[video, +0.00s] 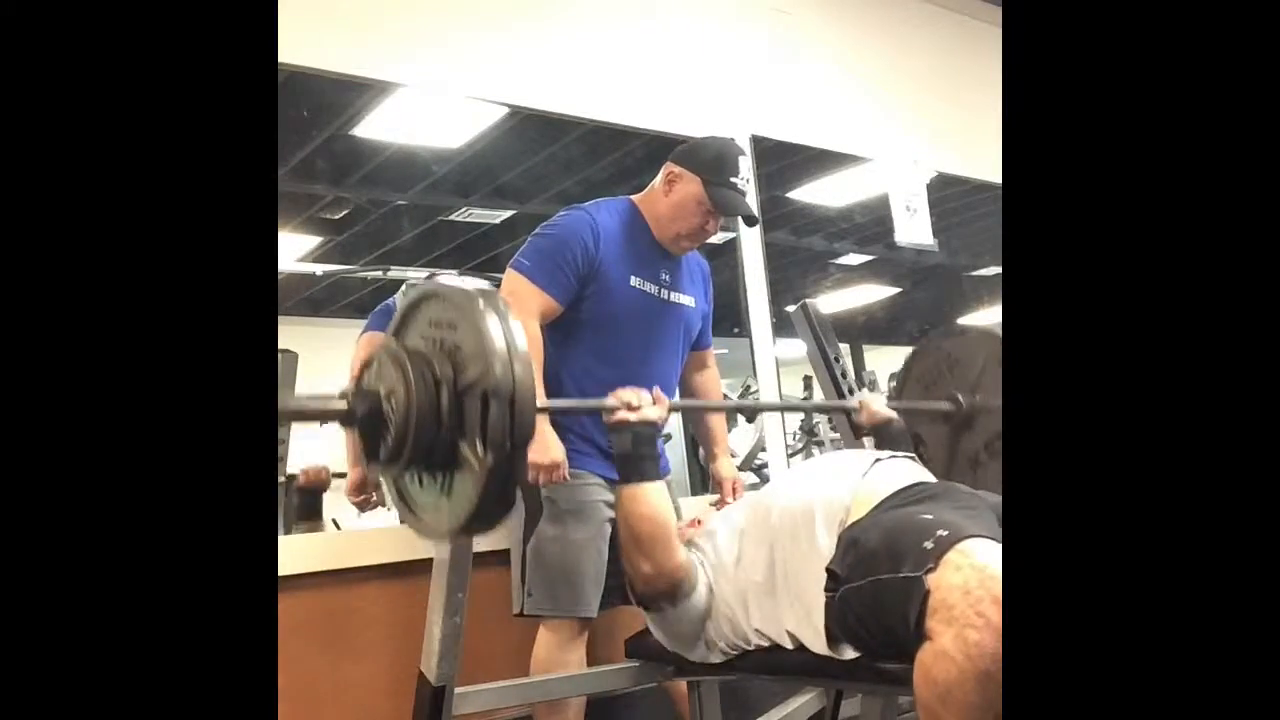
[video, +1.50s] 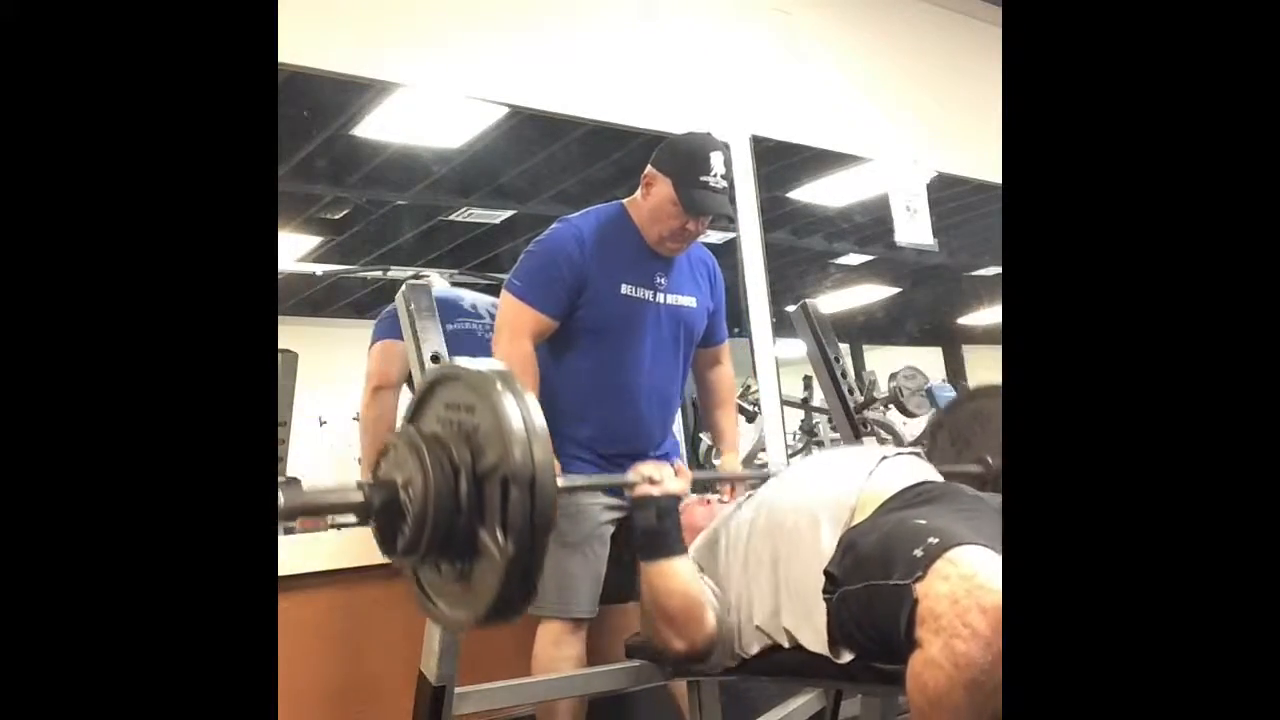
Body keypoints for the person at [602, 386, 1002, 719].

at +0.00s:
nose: (688, 519)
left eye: (687, 511)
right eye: (674, 526)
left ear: (706, 505)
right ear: (665, 554)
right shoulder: (689, 602)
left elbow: (898, 489)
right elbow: (655, 570)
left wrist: (887, 433)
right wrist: (636, 440)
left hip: (944, 494)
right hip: (866, 532)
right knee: (983, 592)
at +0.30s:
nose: (695, 506)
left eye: (692, 502)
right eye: (679, 516)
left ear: (710, 498)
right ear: (671, 543)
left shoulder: (767, 499)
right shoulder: (699, 599)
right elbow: (665, 612)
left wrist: (886, 442)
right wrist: (648, 487)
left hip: (952, 493)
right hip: (873, 533)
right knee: (980, 600)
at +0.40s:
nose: (699, 503)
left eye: (697, 497)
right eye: (685, 508)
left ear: (714, 499)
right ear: (672, 541)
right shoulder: (698, 584)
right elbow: (677, 636)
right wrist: (657, 514)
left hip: (942, 488)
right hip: (871, 529)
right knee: (983, 604)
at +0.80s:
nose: (695, 508)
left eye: (699, 501)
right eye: (681, 510)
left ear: (713, 506)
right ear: (672, 541)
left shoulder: (757, 512)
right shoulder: (694, 580)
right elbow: (682, 629)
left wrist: (762, 486)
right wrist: (654, 506)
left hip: (949, 492)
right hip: (871, 534)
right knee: (985, 595)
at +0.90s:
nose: (687, 511)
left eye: (684, 507)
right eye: (673, 517)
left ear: (695, 512)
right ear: (665, 538)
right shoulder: (702, 602)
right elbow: (666, 597)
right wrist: (646, 475)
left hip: (956, 494)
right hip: (876, 528)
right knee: (980, 592)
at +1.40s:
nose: (697, 501)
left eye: (696, 497)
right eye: (681, 510)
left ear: (716, 497)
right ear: (670, 543)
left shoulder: (772, 498)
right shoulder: (700, 592)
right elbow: (670, 616)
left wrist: (884, 447)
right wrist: (647, 495)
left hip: (946, 492)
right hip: (867, 530)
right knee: (977, 605)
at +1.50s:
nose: (707, 496)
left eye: (699, 493)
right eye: (686, 504)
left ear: (713, 498)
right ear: (674, 537)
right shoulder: (695, 576)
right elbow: (686, 641)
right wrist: (652, 515)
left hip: (945, 491)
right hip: (869, 532)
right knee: (982, 608)